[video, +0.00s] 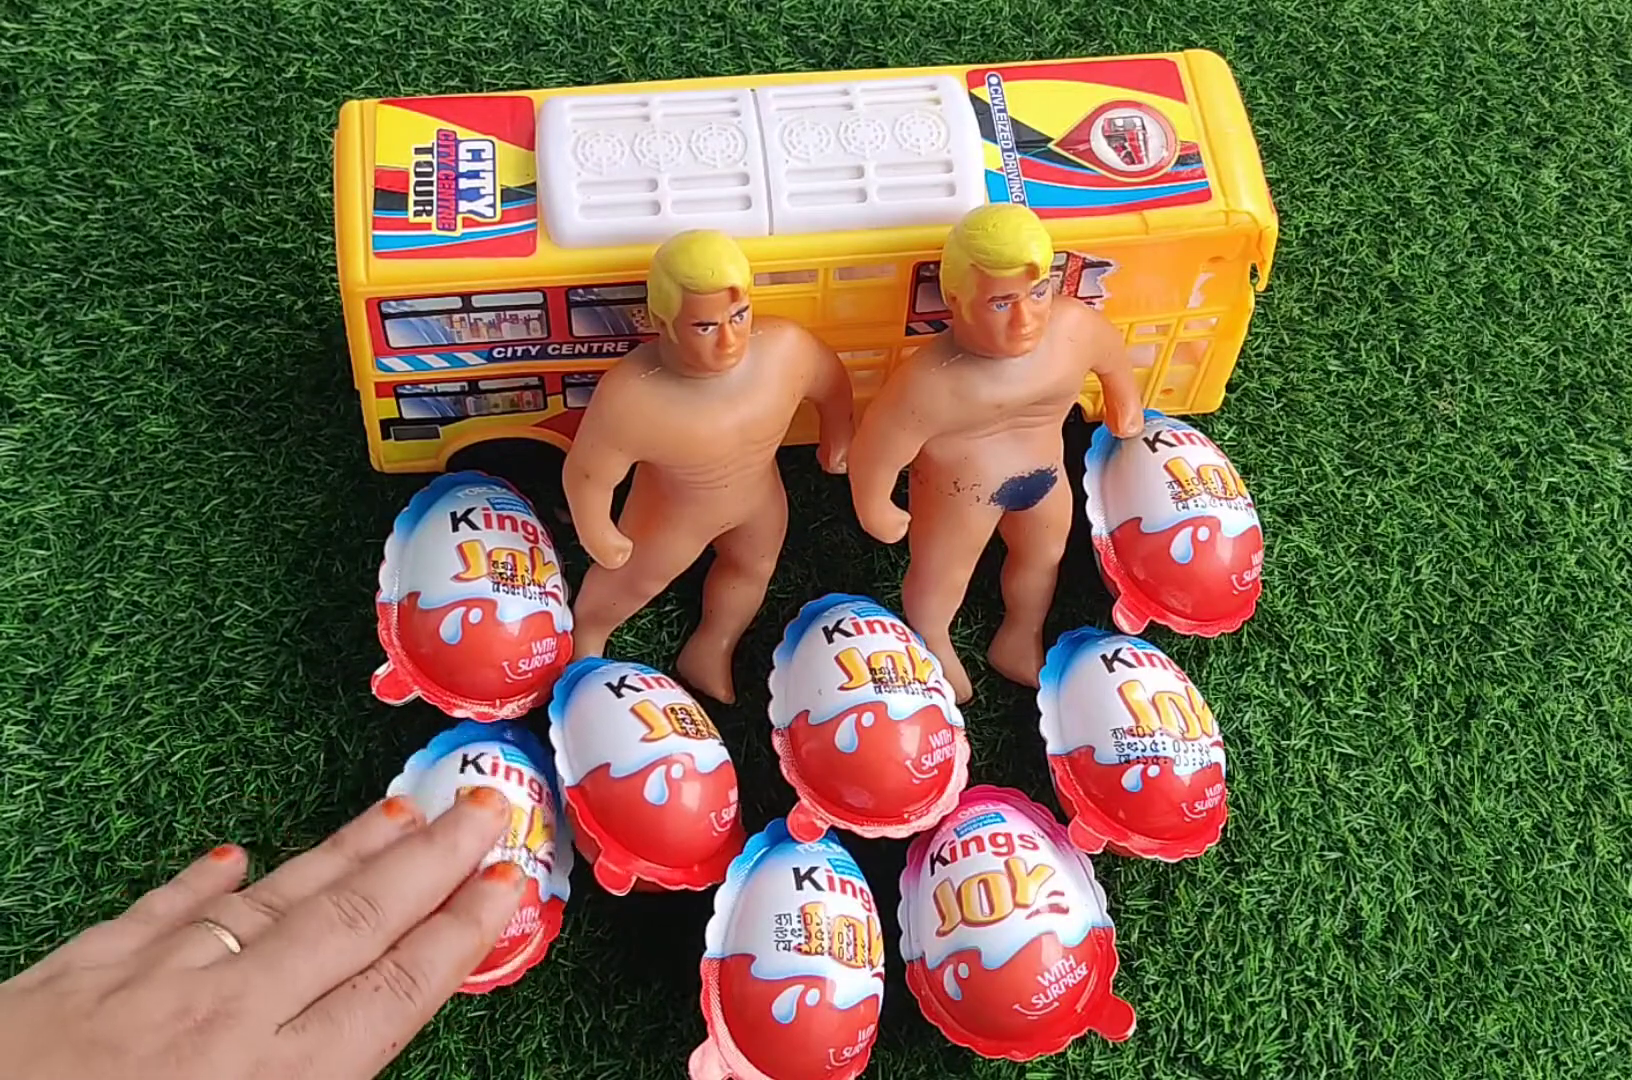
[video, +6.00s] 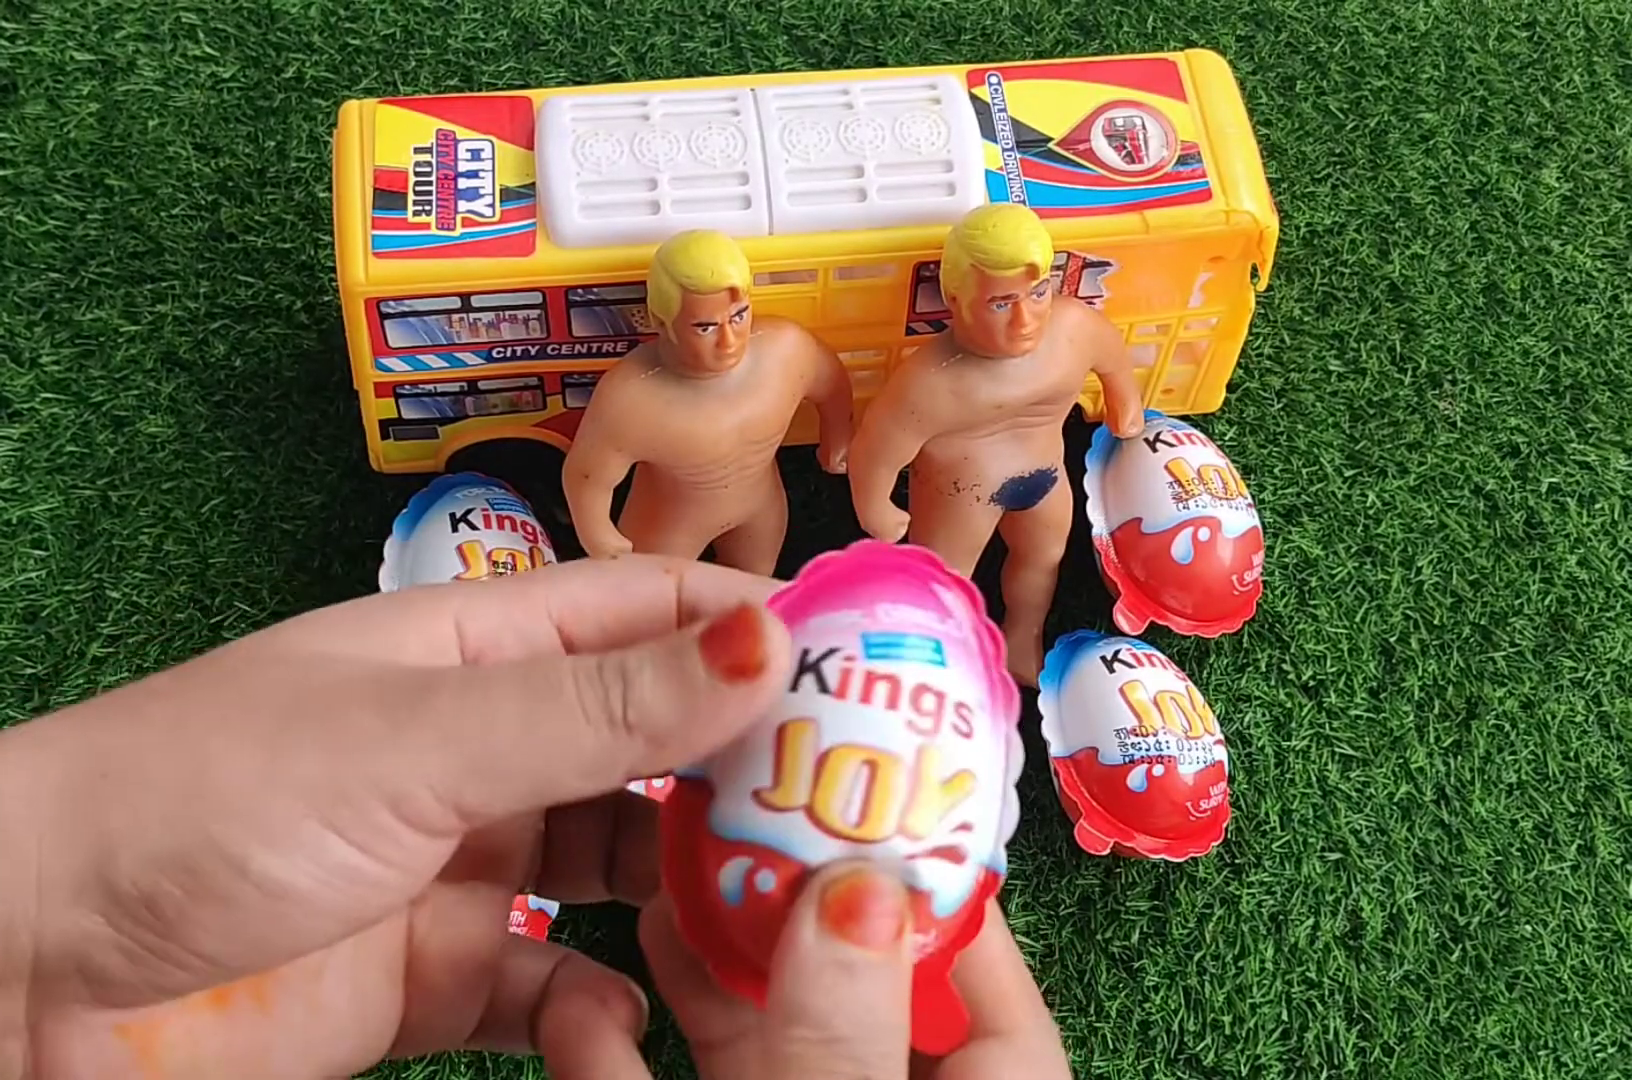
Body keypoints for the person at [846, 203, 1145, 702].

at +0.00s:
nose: (1024, 316)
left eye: (1037, 294)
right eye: (1000, 302)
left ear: (1051, 284)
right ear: (954, 304)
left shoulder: (1078, 327)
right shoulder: (927, 382)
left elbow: (1113, 358)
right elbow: (874, 452)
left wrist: (1126, 406)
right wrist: (877, 514)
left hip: (1045, 477)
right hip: (959, 493)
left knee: (1041, 561)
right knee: (940, 580)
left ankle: (1020, 642)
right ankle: (933, 645)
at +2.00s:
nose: (1024, 316)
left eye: (1036, 294)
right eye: (1000, 302)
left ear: (1049, 284)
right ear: (953, 303)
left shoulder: (1077, 326)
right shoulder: (927, 383)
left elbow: (1112, 357)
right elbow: (873, 456)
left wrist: (1125, 404)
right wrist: (875, 513)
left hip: (1044, 478)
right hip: (958, 493)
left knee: (1040, 561)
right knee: (938, 580)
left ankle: (1019, 643)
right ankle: (934, 647)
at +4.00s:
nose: (1024, 317)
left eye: (1037, 294)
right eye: (1000, 302)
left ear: (1051, 283)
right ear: (953, 303)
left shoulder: (1079, 328)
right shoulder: (927, 381)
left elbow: (1115, 362)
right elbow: (871, 458)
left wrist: (1126, 410)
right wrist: (879, 516)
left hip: (1044, 479)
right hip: (958, 492)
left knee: (1040, 563)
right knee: (940, 584)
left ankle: (1020, 643)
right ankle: (922, 662)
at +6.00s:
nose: (1025, 318)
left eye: (1038, 294)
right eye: (1001, 303)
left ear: (1051, 284)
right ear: (952, 303)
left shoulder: (1079, 327)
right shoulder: (928, 381)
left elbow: (1116, 364)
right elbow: (871, 459)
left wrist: (1127, 410)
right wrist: (879, 516)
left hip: (1044, 478)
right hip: (959, 491)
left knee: (1040, 565)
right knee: (942, 579)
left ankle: (1023, 644)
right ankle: (928, 656)